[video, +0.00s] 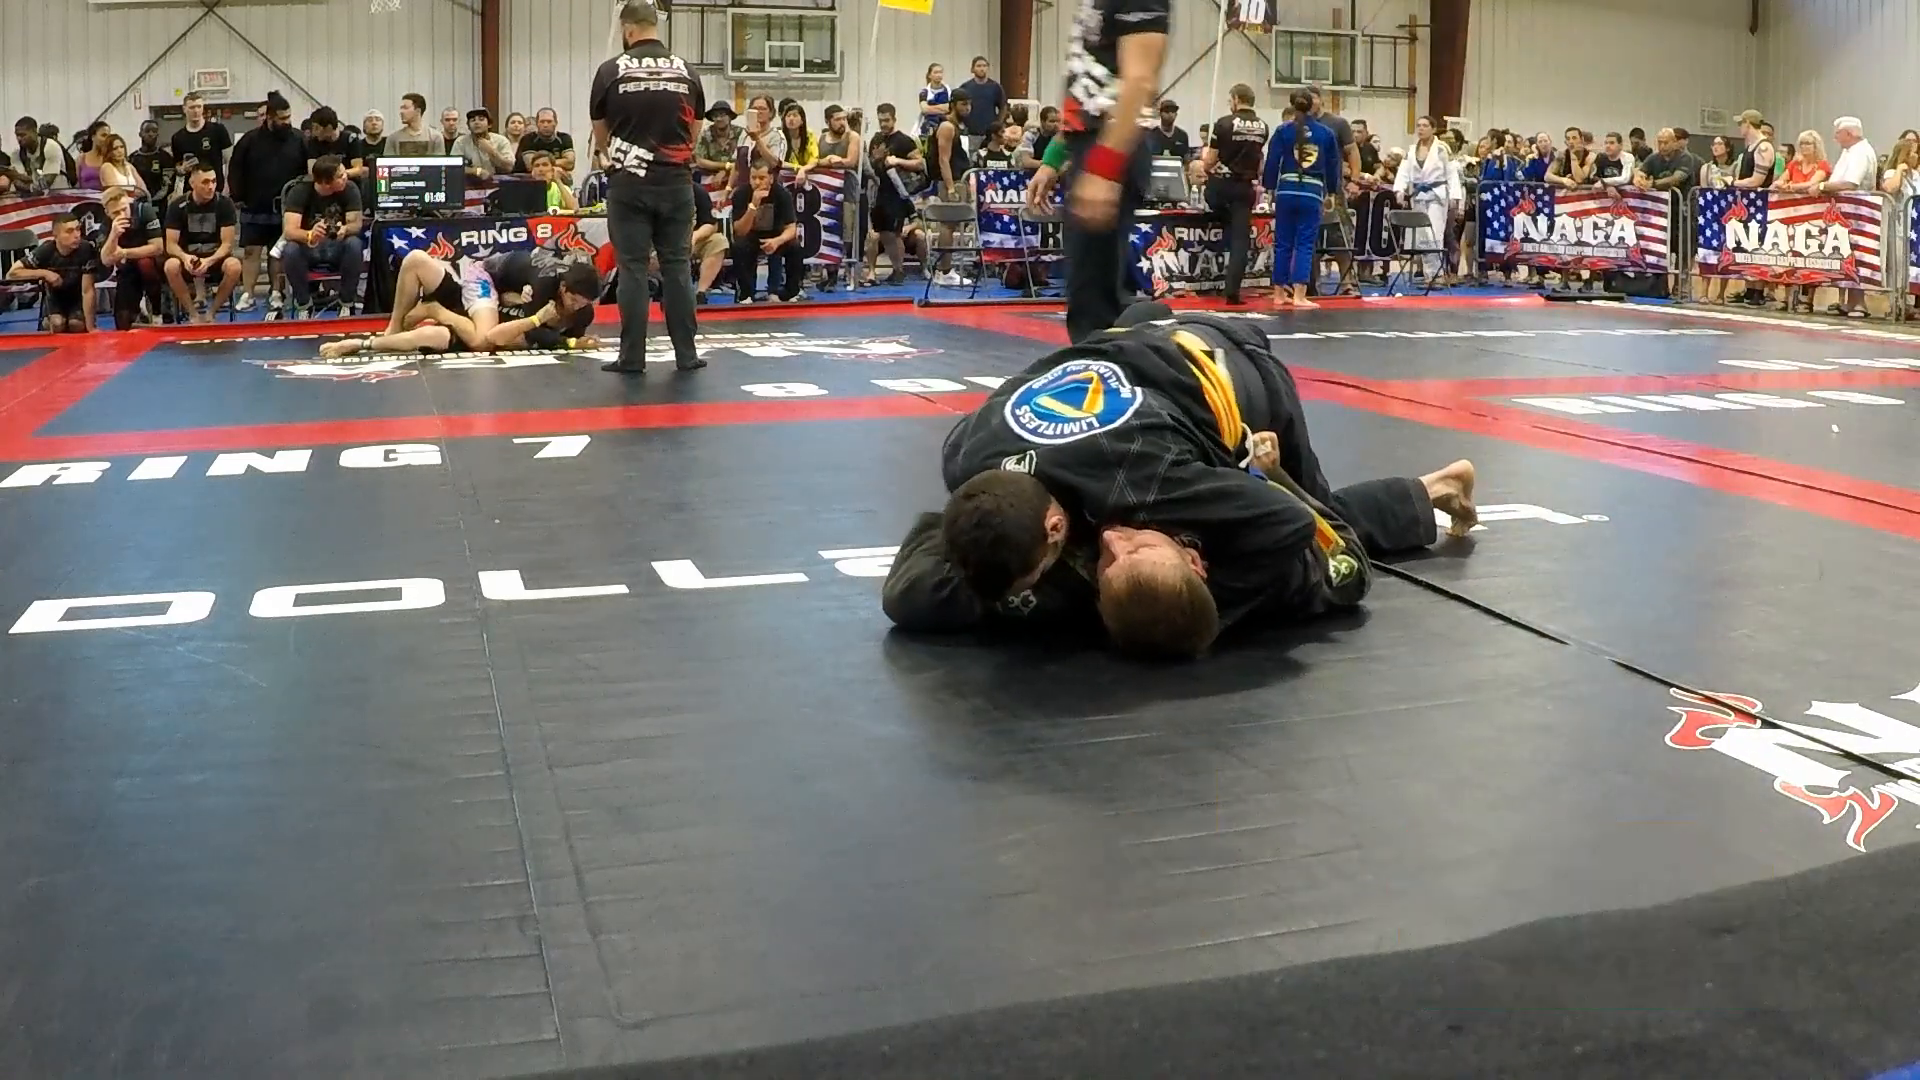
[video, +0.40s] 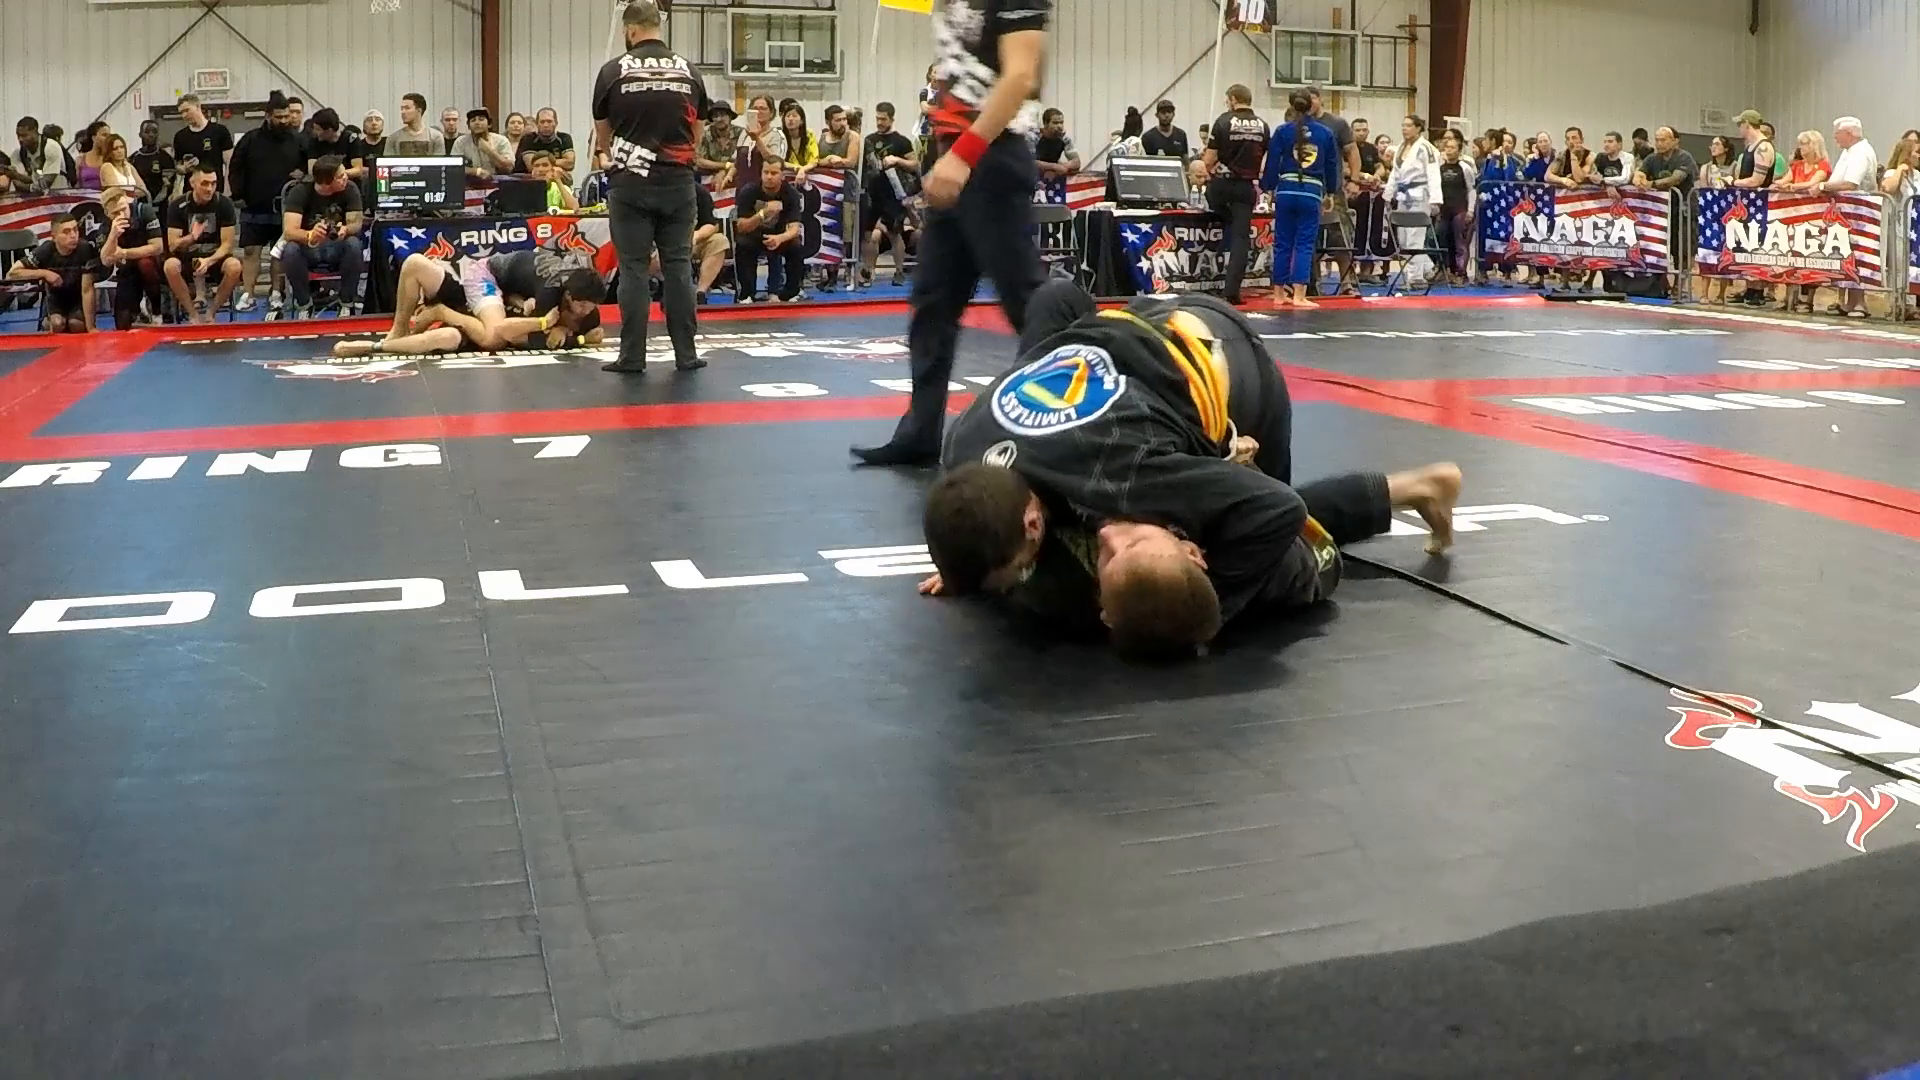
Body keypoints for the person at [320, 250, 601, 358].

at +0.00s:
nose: (577, 308)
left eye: (584, 304)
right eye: (575, 300)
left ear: (590, 302)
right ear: (564, 287)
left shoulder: (583, 312)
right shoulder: (543, 279)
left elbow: (546, 336)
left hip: (495, 297)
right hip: (479, 274)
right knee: (415, 259)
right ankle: (393, 331)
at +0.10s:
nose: (581, 308)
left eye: (586, 304)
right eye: (577, 301)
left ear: (591, 300)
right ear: (564, 292)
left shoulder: (586, 311)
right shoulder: (541, 285)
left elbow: (570, 341)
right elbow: (496, 336)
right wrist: (538, 321)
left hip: (497, 296)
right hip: (479, 274)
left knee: (485, 341)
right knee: (415, 260)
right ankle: (394, 335)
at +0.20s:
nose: (583, 313)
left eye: (587, 308)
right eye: (578, 307)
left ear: (591, 302)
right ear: (566, 296)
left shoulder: (584, 306)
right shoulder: (543, 291)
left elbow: (584, 338)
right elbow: (496, 336)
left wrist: (582, 338)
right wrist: (540, 323)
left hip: (498, 294)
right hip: (481, 272)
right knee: (415, 261)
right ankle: (396, 336)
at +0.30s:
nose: (583, 314)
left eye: (588, 309)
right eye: (579, 307)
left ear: (594, 301)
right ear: (568, 294)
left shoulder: (587, 307)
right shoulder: (547, 290)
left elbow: (598, 340)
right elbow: (499, 332)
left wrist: (574, 337)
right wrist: (544, 325)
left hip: (500, 295)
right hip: (481, 274)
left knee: (440, 338)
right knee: (414, 262)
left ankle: (367, 351)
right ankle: (396, 337)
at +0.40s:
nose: (584, 315)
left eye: (590, 310)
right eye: (580, 309)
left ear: (596, 301)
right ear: (569, 296)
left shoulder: (589, 301)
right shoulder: (549, 283)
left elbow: (597, 335)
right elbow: (503, 333)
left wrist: (568, 334)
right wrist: (548, 324)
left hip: (502, 296)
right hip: (482, 272)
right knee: (413, 263)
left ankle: (373, 350)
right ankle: (399, 334)